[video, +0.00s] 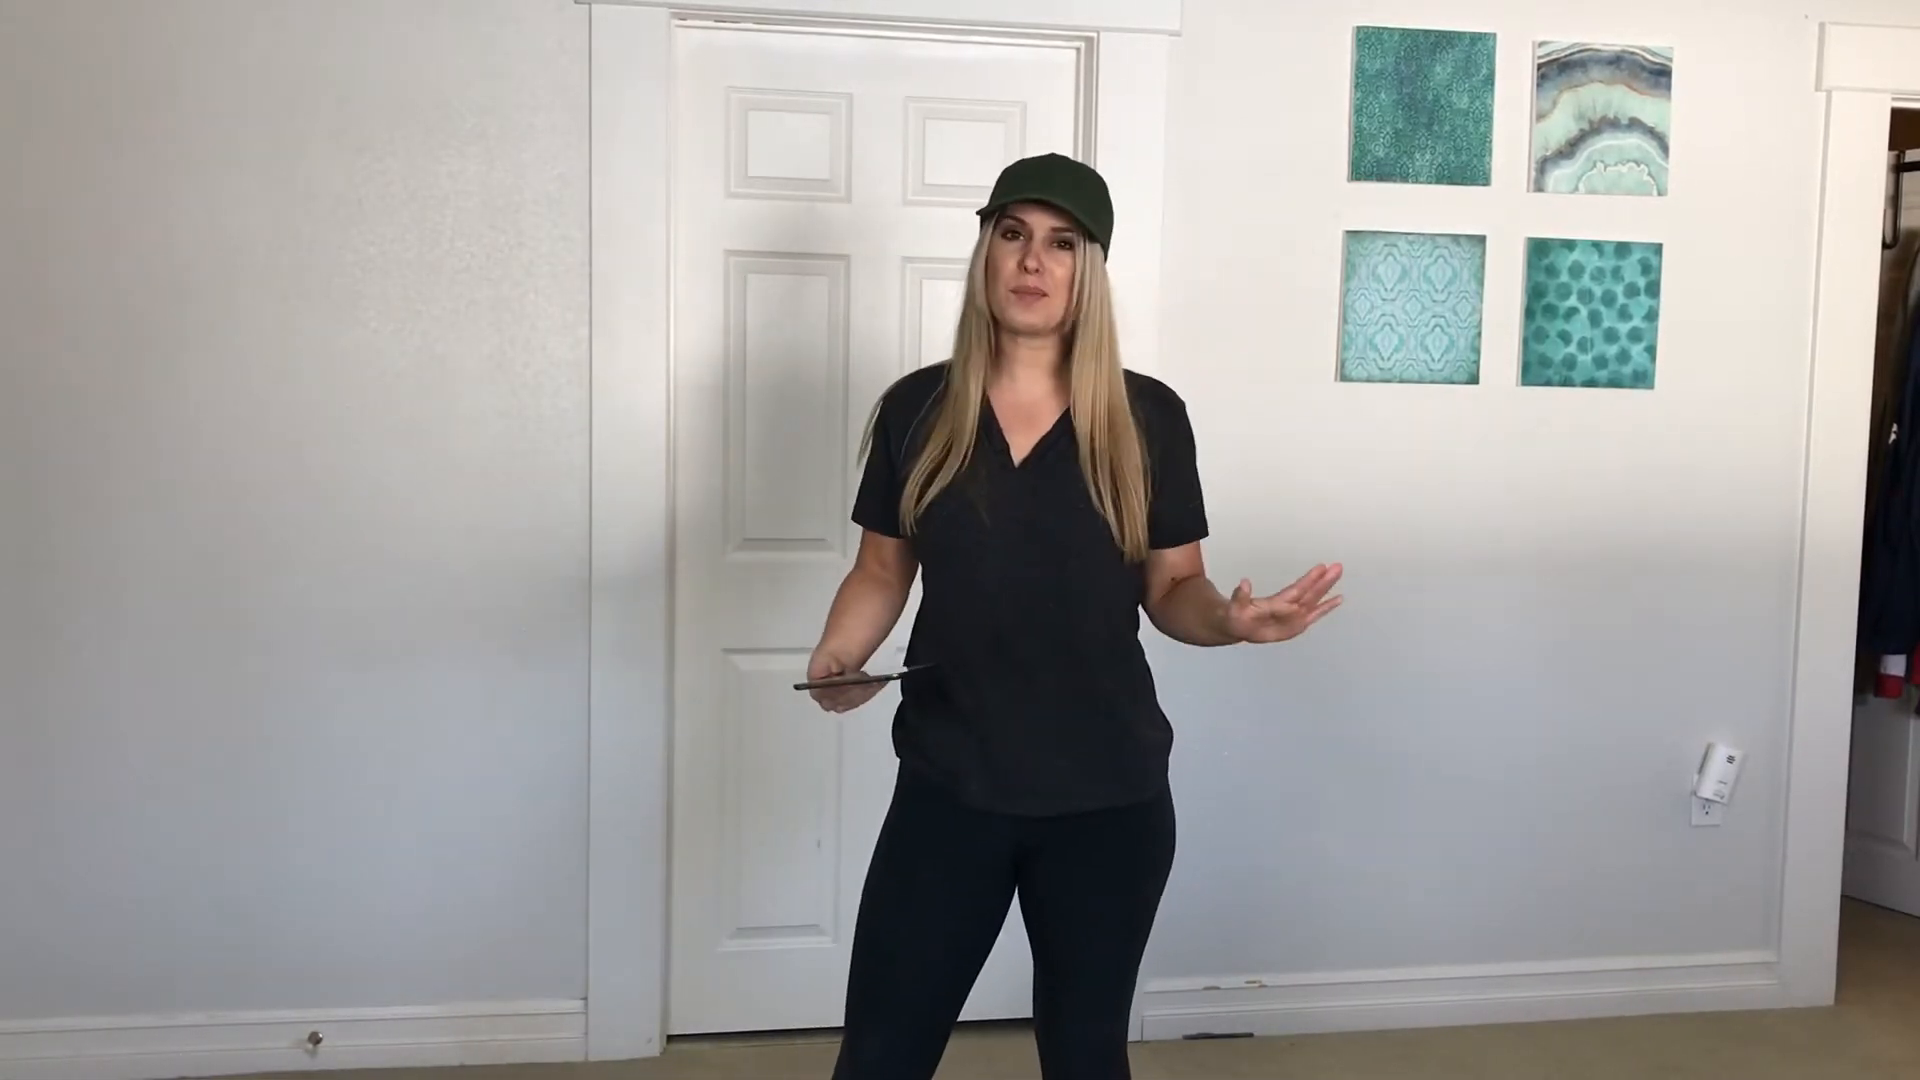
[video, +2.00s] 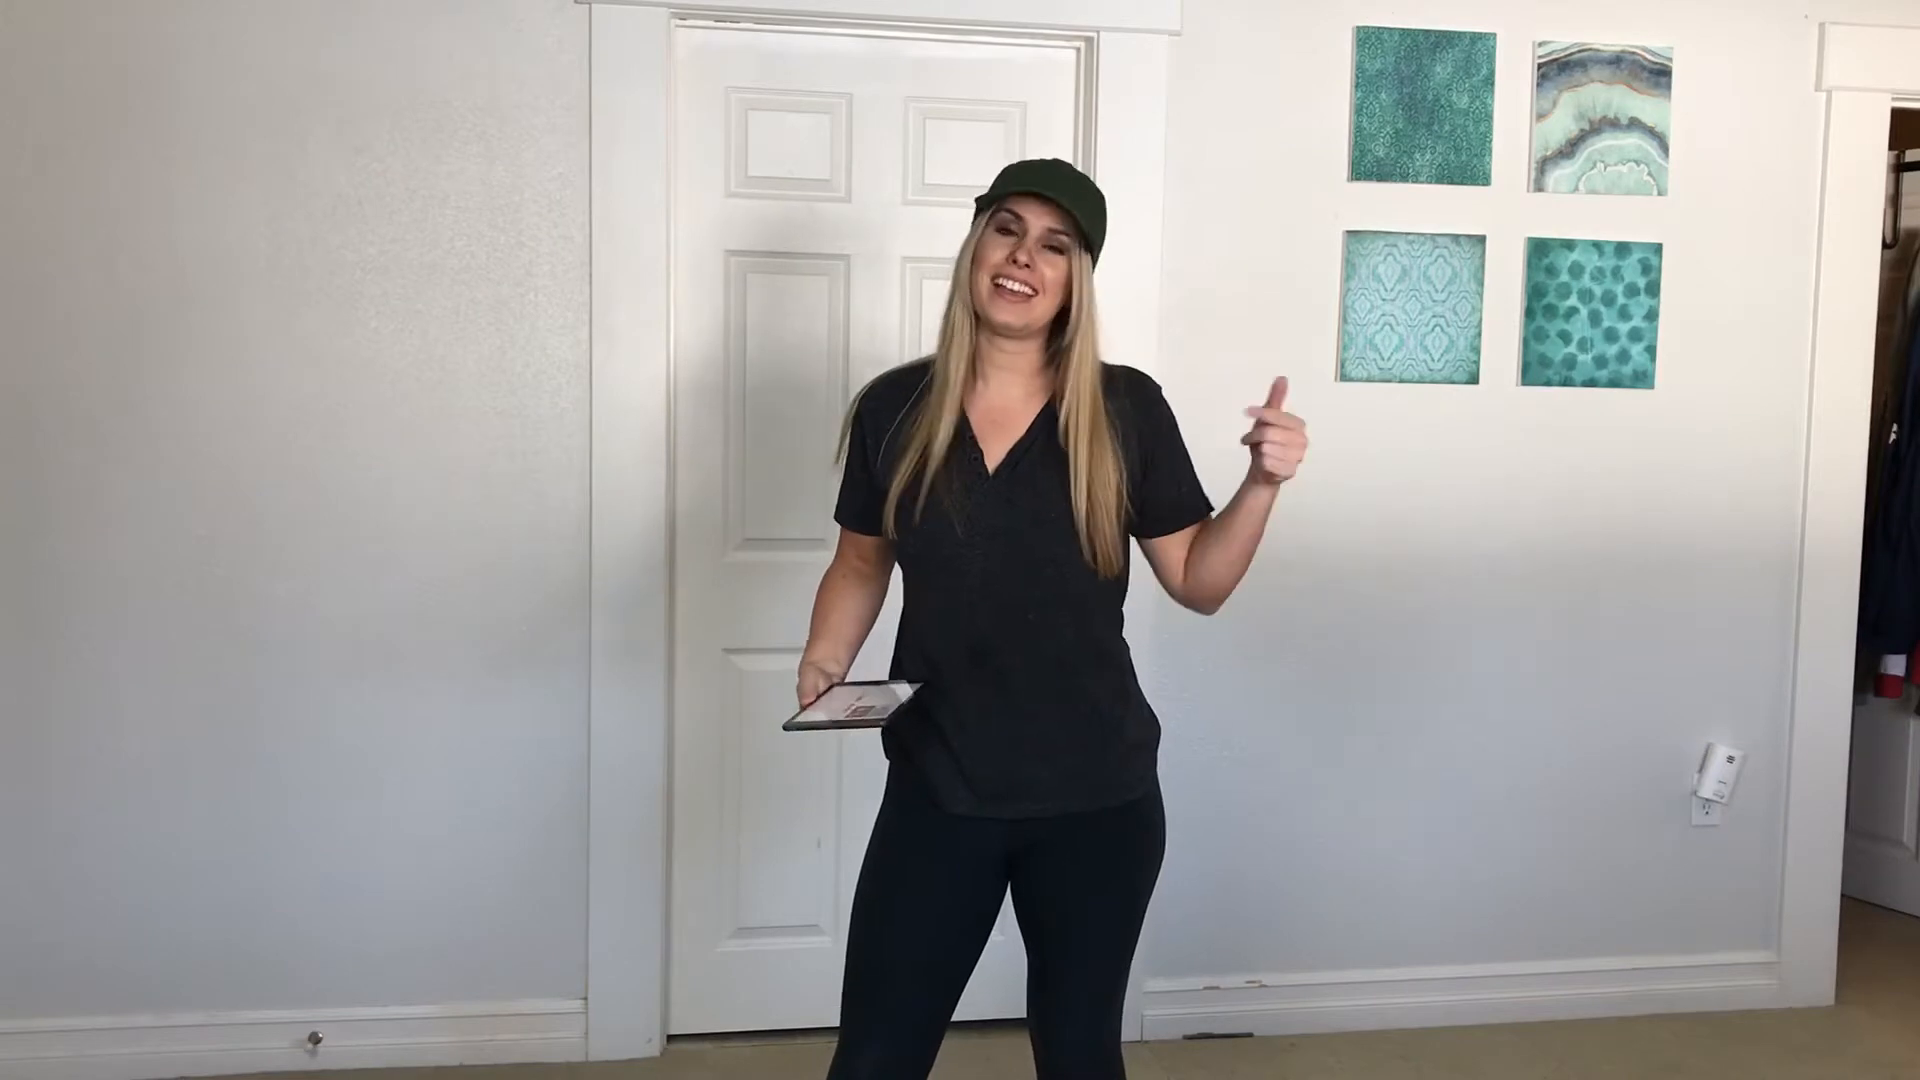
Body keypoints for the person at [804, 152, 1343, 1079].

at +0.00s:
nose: (1031, 261)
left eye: (1059, 243)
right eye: (1012, 237)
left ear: (1090, 271)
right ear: (984, 255)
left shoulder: (1145, 414)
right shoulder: (919, 409)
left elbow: (1173, 588)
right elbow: (878, 571)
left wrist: (1230, 619)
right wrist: (838, 654)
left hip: (1105, 789)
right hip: (951, 785)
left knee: (1085, 1054)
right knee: (880, 1055)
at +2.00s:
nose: (1022, 257)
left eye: (1053, 245)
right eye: (1006, 230)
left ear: (1077, 280)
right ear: (971, 248)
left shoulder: (1123, 405)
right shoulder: (896, 409)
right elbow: (860, 559)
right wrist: (825, 658)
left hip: (1093, 789)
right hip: (940, 786)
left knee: (1077, 1054)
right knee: (875, 1058)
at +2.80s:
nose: (1023, 277)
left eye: (1053, 262)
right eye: (1007, 249)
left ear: (1084, 288)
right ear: (976, 260)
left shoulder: (1138, 412)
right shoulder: (913, 407)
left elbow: (1174, 585)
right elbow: (879, 561)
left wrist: (1214, 582)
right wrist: (844, 660)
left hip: (1100, 794)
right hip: (946, 788)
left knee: (1081, 1057)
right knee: (878, 1057)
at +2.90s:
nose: (1022, 277)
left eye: (1053, 262)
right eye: (1005, 249)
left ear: (1084, 288)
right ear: (975, 260)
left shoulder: (1138, 412)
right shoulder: (913, 407)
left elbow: (1175, 583)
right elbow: (880, 561)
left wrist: (1215, 582)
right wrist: (846, 660)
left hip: (1100, 791)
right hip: (947, 785)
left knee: (1080, 1055)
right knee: (877, 1056)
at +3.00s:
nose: (1022, 277)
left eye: (1053, 262)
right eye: (1006, 249)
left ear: (1084, 288)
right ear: (975, 260)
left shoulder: (1136, 412)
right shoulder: (911, 407)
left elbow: (1175, 583)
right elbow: (879, 562)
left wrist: (1217, 583)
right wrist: (845, 659)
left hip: (1099, 793)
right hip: (946, 787)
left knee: (1080, 1055)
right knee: (876, 1057)